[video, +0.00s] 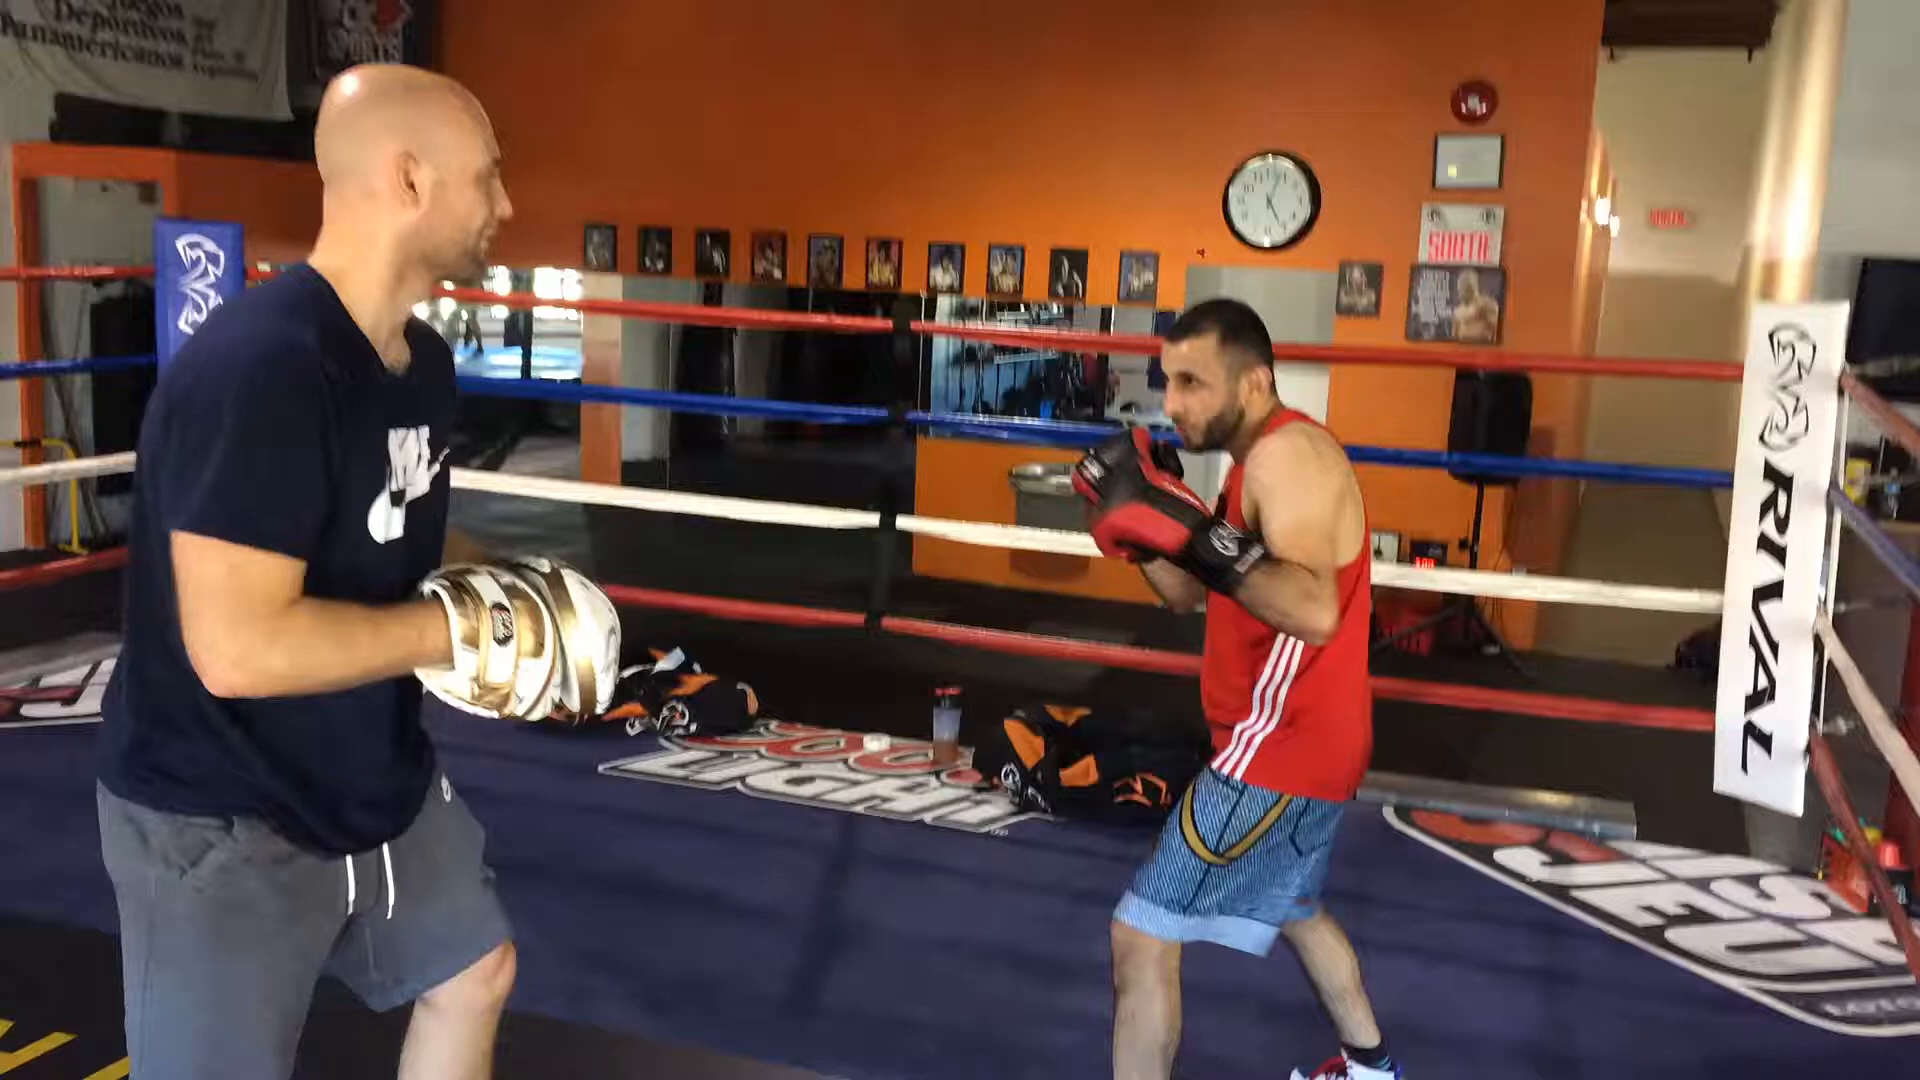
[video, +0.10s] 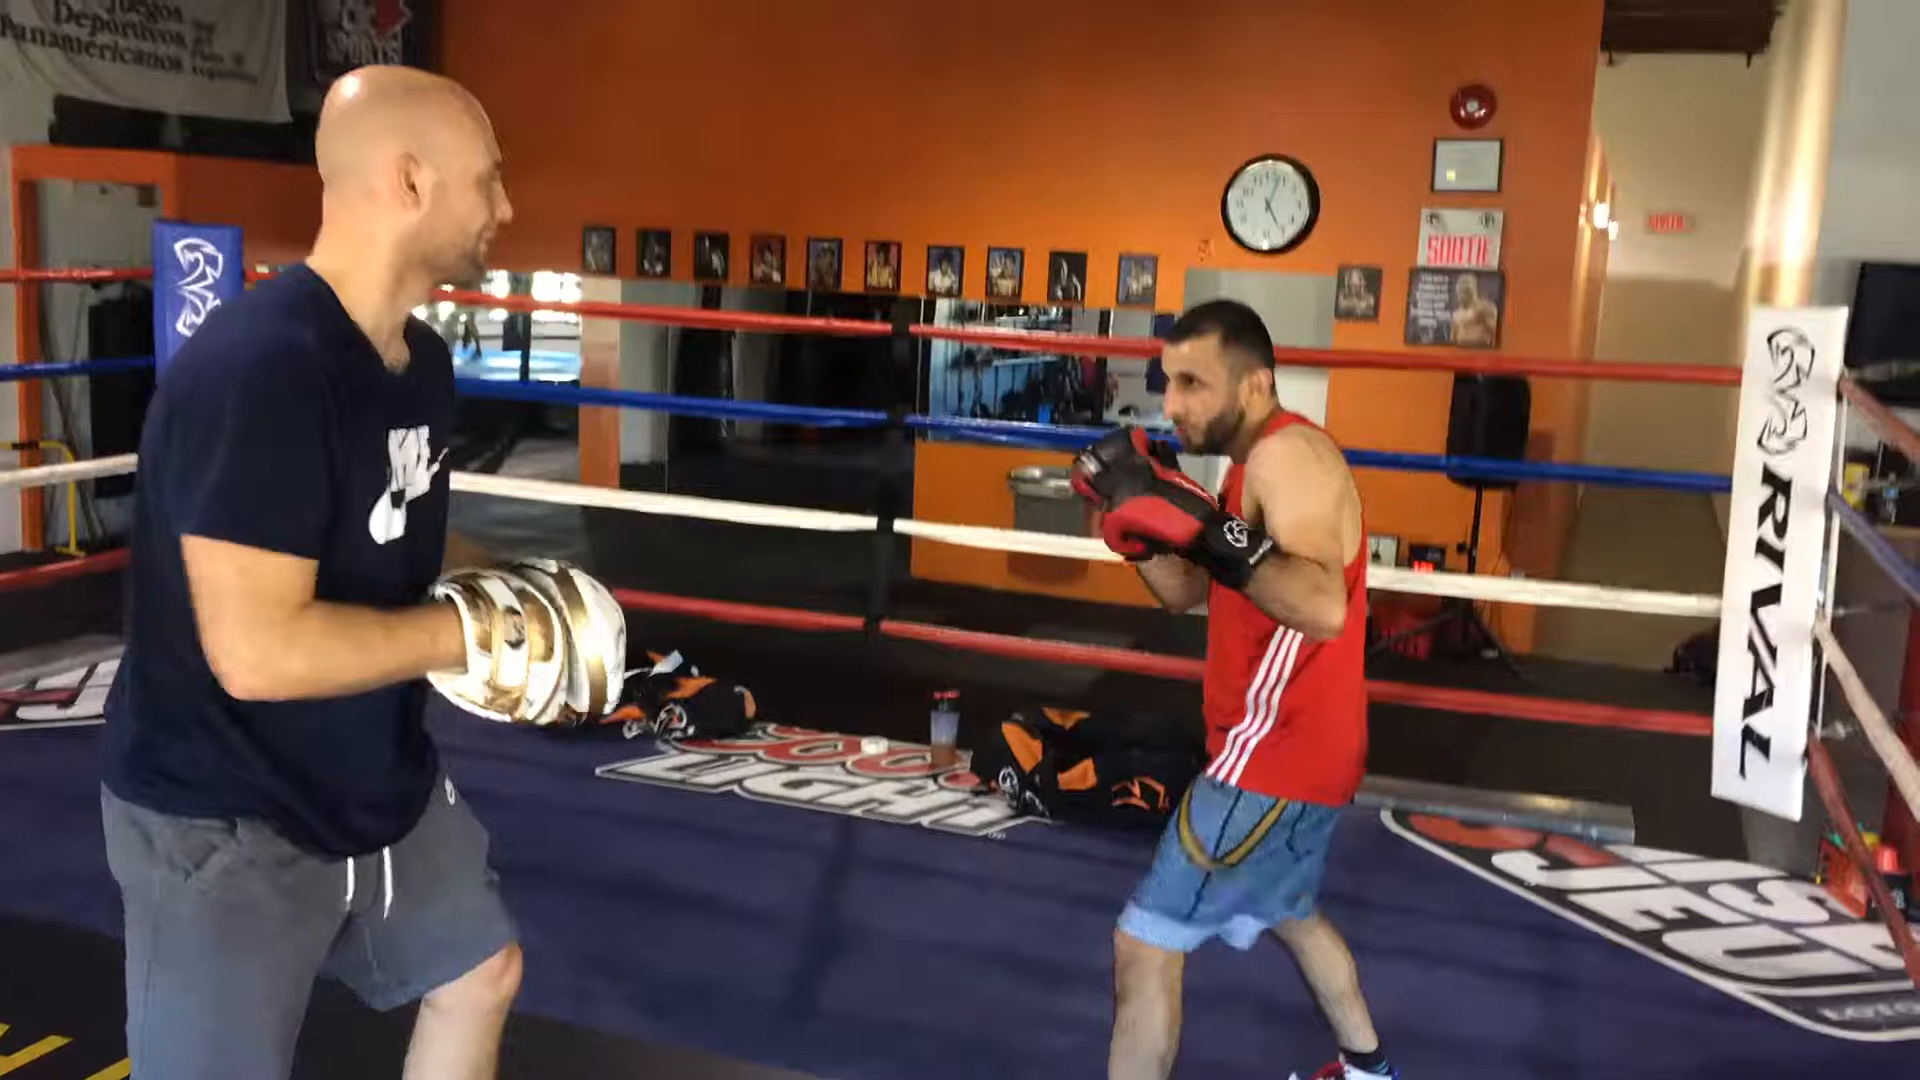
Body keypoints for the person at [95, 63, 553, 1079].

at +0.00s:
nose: (504, 207)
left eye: (499, 179)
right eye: (488, 177)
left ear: (405, 183)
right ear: (407, 181)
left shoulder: (418, 359)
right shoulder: (256, 361)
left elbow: (389, 563)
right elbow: (237, 649)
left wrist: (497, 616)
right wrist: (460, 629)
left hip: (371, 772)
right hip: (217, 811)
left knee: (470, 977)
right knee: (213, 1062)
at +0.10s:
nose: (504, 211)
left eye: (500, 183)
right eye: (489, 181)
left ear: (408, 187)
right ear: (410, 182)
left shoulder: (417, 359)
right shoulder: (256, 363)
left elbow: (390, 565)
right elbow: (254, 654)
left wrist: (502, 611)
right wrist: (470, 630)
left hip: (375, 774)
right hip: (220, 812)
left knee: (478, 975)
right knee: (211, 1063)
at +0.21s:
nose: (506, 246)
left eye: (506, 217)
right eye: (491, 214)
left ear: (409, 209)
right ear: (407, 205)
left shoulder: (416, 371)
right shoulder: (258, 376)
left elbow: (398, 591)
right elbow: (344, 664)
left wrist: (528, 607)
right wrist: (539, 606)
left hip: (371, 781)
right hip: (218, 821)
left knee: (521, 952)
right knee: (215, 1063)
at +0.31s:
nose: (537, 276)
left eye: (536, 246)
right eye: (523, 244)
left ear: (441, 245)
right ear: (438, 242)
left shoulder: (435, 398)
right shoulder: (300, 419)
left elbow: (436, 579)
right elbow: (463, 670)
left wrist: (567, 518)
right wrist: (603, 540)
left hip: (383, 795)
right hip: (233, 839)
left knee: (530, 962)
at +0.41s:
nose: (568, 284)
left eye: (569, 256)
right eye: (556, 252)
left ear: (476, 250)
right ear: (477, 248)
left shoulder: (478, 399)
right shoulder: (351, 433)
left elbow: (521, 558)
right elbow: (536, 656)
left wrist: (648, 501)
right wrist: (661, 507)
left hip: (432, 801)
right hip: (281, 827)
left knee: (535, 1003)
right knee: (264, 1063)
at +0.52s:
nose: (617, 265)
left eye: (615, 238)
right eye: (604, 236)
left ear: (525, 234)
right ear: (528, 233)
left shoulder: (528, 381)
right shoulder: (416, 414)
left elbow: (564, 544)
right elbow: (570, 649)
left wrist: (684, 500)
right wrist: (690, 513)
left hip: (487, 784)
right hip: (347, 816)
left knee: (574, 977)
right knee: (307, 1064)